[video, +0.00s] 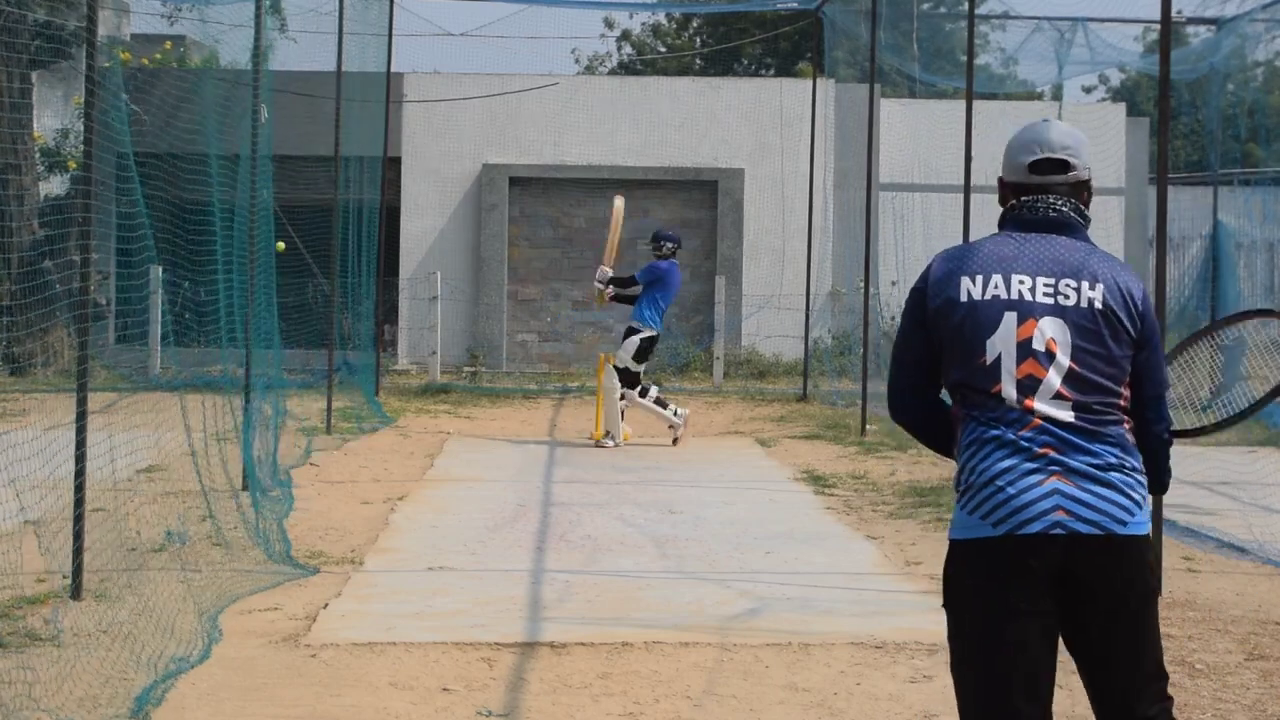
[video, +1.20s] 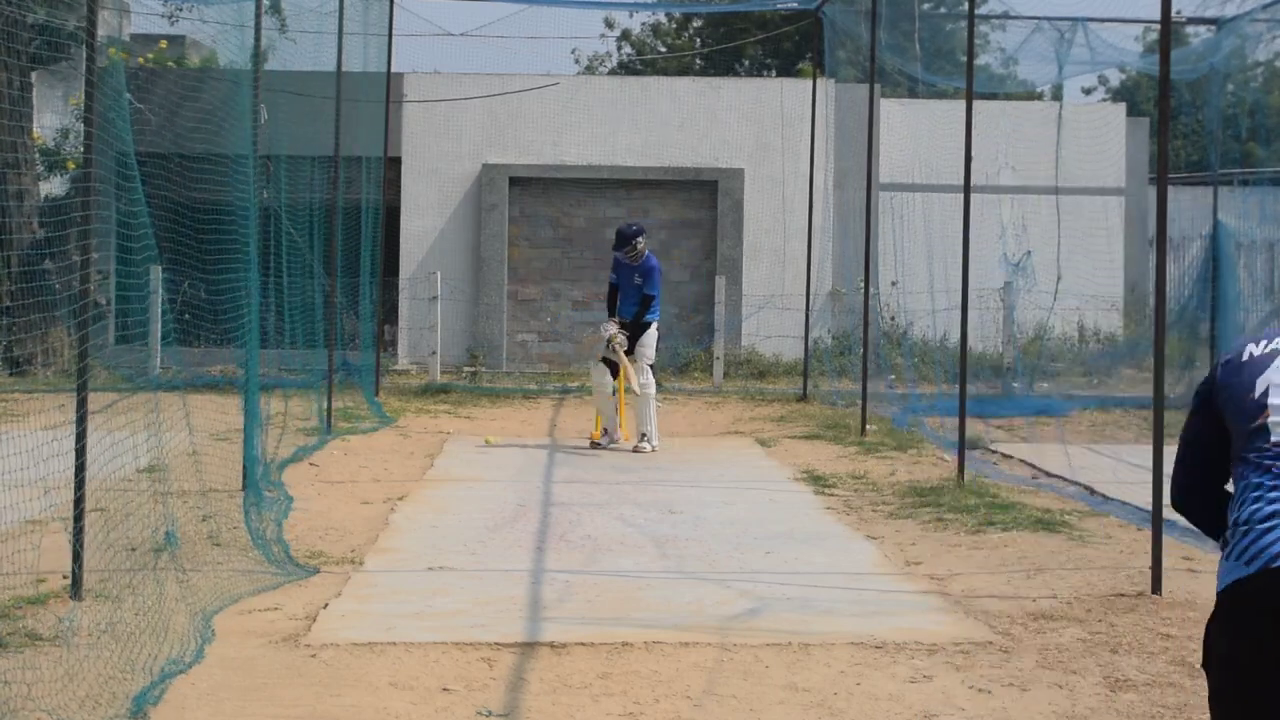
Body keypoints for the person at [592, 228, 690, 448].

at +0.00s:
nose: (653, 250)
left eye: (657, 247)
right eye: (654, 246)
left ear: (666, 248)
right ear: (671, 249)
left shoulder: (661, 267)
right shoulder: (671, 271)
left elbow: (627, 283)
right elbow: (641, 301)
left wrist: (607, 278)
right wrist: (613, 295)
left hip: (641, 332)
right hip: (644, 332)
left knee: (620, 383)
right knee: (627, 387)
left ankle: (614, 433)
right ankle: (675, 416)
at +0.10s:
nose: (664, 253)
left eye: (666, 250)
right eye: (664, 249)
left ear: (674, 250)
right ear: (683, 251)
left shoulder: (671, 270)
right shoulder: (684, 273)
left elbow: (642, 290)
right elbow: (655, 307)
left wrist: (616, 294)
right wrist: (625, 309)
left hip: (653, 337)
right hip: (663, 337)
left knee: (621, 378)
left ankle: (615, 433)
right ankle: (697, 428)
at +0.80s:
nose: (655, 250)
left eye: (657, 246)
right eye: (654, 246)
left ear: (665, 244)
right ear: (670, 244)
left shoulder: (671, 266)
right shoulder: (668, 264)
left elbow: (655, 300)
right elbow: (656, 300)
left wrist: (628, 323)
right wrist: (636, 324)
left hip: (671, 328)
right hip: (664, 327)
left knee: (650, 375)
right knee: (677, 383)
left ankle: (648, 438)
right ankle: (701, 432)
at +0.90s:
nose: (649, 251)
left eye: (652, 247)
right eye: (648, 247)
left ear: (662, 244)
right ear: (650, 246)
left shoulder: (668, 267)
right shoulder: (652, 264)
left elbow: (656, 305)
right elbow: (645, 300)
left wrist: (635, 331)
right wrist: (633, 329)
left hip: (667, 329)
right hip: (654, 329)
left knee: (646, 378)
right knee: (663, 387)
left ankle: (648, 439)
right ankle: (696, 430)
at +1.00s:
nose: (640, 251)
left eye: (643, 246)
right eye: (638, 247)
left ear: (655, 243)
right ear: (638, 246)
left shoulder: (662, 267)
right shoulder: (638, 262)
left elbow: (655, 305)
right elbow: (633, 293)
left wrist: (636, 334)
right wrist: (631, 321)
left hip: (660, 327)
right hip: (642, 326)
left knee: (646, 376)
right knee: (636, 379)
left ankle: (648, 438)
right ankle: (676, 418)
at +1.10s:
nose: (634, 251)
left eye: (637, 247)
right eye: (632, 247)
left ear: (649, 243)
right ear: (631, 246)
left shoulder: (659, 267)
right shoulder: (631, 262)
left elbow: (653, 305)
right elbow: (626, 290)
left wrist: (634, 331)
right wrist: (623, 319)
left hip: (654, 324)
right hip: (634, 323)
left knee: (644, 376)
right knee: (630, 382)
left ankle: (648, 437)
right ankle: (655, 413)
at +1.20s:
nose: (625, 255)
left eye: (629, 250)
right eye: (622, 251)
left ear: (641, 244)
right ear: (618, 248)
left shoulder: (651, 267)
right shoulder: (619, 261)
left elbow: (645, 307)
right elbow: (613, 290)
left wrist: (628, 337)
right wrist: (612, 319)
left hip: (645, 326)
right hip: (623, 325)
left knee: (642, 376)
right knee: (601, 373)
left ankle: (647, 437)